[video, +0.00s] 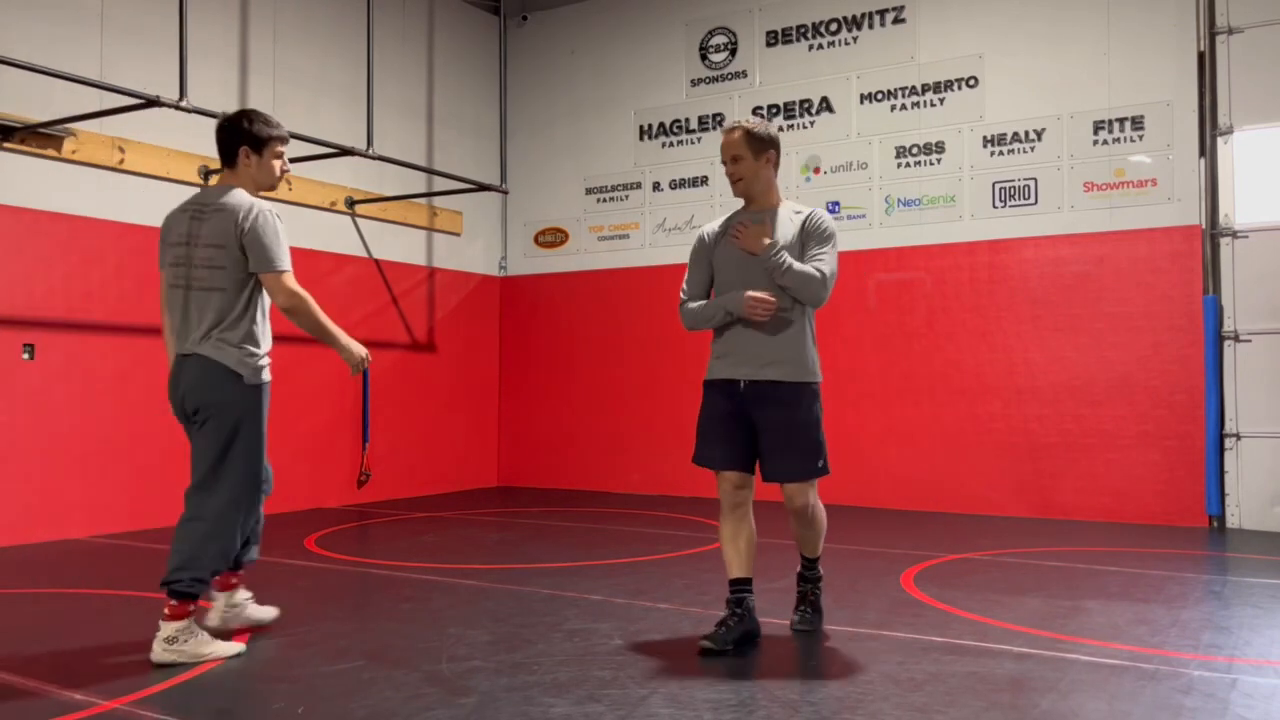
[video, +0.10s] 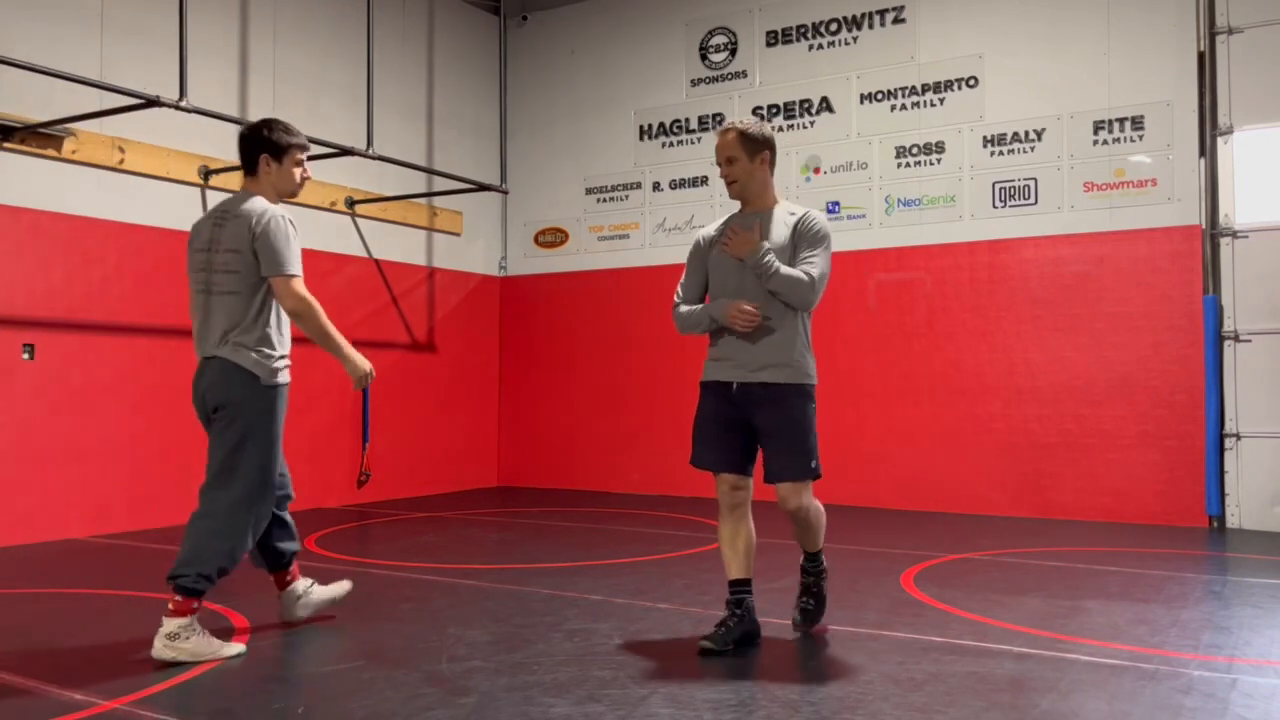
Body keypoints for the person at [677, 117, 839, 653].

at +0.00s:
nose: (727, 172)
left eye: (735, 161)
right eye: (724, 163)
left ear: (768, 159)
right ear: (730, 168)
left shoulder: (812, 224)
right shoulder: (711, 238)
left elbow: (817, 290)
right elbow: (690, 313)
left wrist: (764, 251)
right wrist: (733, 303)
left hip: (789, 381)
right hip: (727, 382)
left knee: (800, 499)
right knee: (733, 493)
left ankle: (810, 587)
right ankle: (740, 612)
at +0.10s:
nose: (721, 174)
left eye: (729, 163)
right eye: (718, 165)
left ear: (762, 161)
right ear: (731, 168)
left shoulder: (807, 227)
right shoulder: (708, 240)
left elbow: (806, 293)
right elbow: (683, 315)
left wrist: (755, 256)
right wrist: (717, 311)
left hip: (784, 382)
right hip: (724, 384)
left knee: (795, 499)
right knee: (731, 495)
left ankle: (813, 570)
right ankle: (740, 613)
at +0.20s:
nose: (721, 172)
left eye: (728, 161)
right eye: (717, 164)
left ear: (761, 159)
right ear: (725, 168)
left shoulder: (804, 224)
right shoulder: (709, 239)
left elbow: (802, 295)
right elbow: (682, 310)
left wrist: (753, 257)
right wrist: (706, 317)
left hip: (780, 379)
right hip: (722, 381)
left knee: (783, 495)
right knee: (730, 495)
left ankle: (817, 561)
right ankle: (740, 613)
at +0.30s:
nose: (722, 170)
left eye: (729, 159)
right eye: (719, 161)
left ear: (763, 157)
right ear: (726, 165)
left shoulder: (805, 223)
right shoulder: (714, 236)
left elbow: (802, 295)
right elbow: (686, 303)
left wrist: (753, 255)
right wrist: (698, 318)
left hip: (779, 376)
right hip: (724, 377)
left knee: (775, 493)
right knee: (730, 492)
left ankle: (825, 579)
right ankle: (740, 613)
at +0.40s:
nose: (727, 169)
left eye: (735, 159)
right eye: (724, 160)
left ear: (769, 157)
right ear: (731, 164)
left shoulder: (808, 224)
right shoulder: (721, 237)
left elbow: (802, 296)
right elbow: (693, 301)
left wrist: (751, 258)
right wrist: (697, 316)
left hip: (780, 379)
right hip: (725, 379)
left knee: (779, 496)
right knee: (731, 494)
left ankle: (832, 595)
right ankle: (741, 614)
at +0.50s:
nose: (737, 166)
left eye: (745, 155)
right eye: (733, 157)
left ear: (778, 156)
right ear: (737, 163)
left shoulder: (813, 224)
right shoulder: (728, 234)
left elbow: (804, 296)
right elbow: (708, 299)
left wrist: (754, 257)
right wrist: (703, 312)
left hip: (786, 381)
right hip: (729, 380)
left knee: (794, 497)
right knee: (732, 494)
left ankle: (837, 601)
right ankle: (741, 615)